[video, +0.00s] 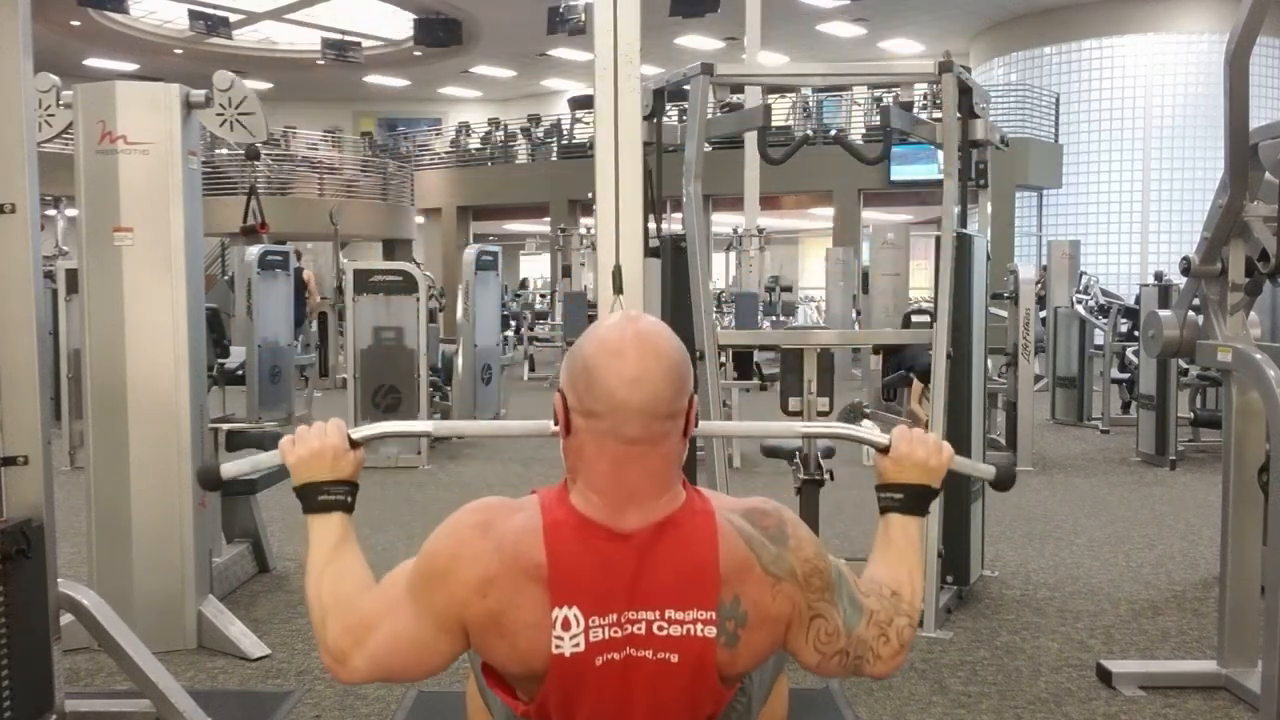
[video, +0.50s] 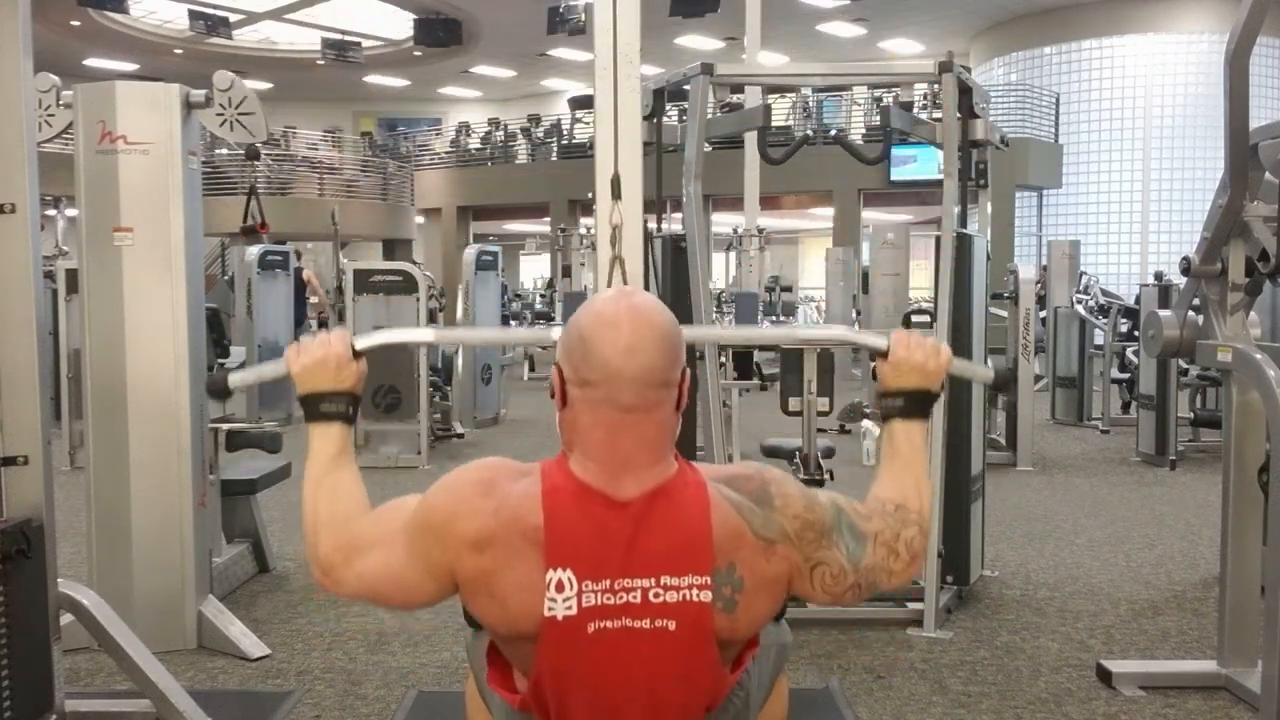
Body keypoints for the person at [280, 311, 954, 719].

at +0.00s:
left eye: (561, 394)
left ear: (563, 416)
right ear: (689, 419)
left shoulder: (486, 546)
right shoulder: (764, 545)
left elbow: (352, 648)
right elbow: (875, 646)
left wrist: (324, 497)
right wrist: (907, 499)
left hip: (536, 707)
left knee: (483, 666)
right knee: (769, 647)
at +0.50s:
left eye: (559, 368)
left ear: (559, 388)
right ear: (682, 390)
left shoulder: (483, 509)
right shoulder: (757, 512)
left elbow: (339, 558)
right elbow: (896, 552)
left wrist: (326, 409)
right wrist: (908, 407)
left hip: (532, 708)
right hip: (710, 706)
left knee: (453, 680)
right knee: (813, 689)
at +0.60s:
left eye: (563, 356)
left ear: (559, 378)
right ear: (680, 380)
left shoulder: (485, 494)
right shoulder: (756, 496)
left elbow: (336, 521)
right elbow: (896, 519)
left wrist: (325, 371)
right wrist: (909, 370)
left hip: (536, 703)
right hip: (711, 702)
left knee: (484, 611)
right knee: (768, 634)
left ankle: (478, 696)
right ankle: (782, 700)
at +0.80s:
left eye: (562, 330)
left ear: (559, 348)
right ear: (676, 352)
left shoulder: (488, 452)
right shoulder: (749, 456)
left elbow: (336, 441)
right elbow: (897, 434)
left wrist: (328, 298)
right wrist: (908, 292)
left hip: (539, 699)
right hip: (701, 700)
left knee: (492, 622)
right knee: (768, 644)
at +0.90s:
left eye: (561, 317)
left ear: (560, 335)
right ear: (674, 337)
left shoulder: (491, 431)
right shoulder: (750, 433)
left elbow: (341, 407)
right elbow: (893, 394)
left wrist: (331, 260)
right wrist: (904, 249)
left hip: (544, 695)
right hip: (703, 693)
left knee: (493, 635)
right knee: (765, 642)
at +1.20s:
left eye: (559, 291)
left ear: (562, 303)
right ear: (667, 301)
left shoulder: (500, 375)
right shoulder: (742, 375)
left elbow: (364, 304)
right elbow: (862, 302)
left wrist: (341, 158)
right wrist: (893, 152)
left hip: (552, 696)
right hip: (704, 693)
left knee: (488, 657)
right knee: (768, 652)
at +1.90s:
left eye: (576, 265)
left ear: (571, 281)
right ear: (673, 281)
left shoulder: (514, 347)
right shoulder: (734, 352)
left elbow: (400, 239)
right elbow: (845, 236)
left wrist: (347, 89)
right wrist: (892, 85)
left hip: (555, 682)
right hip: (700, 680)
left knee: (486, 661)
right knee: (771, 654)